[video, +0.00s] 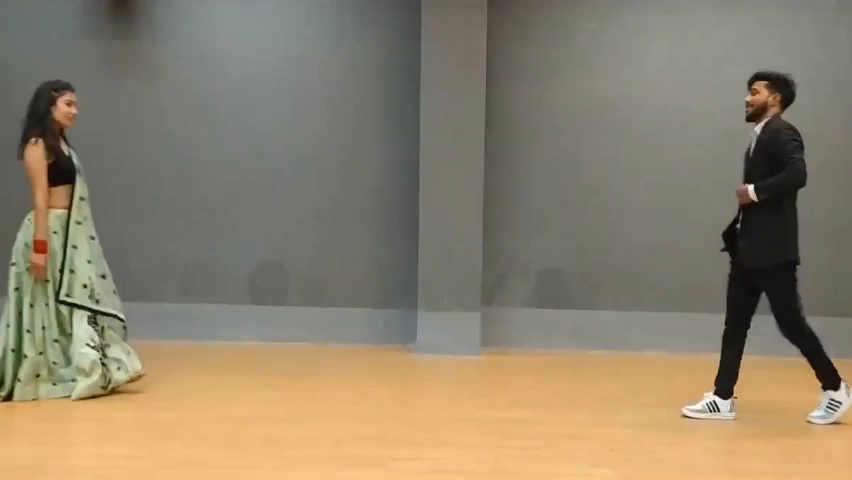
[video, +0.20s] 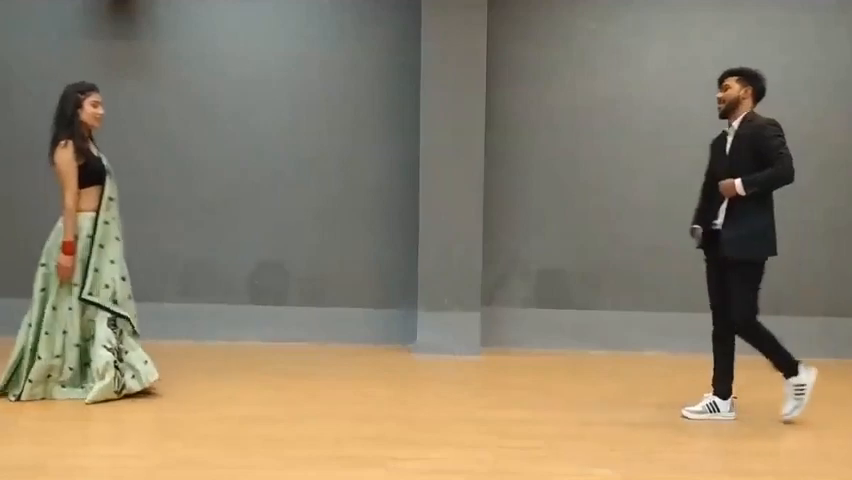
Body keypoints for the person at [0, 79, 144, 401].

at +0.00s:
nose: (74, 110)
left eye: (75, 105)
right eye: (68, 104)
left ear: (64, 109)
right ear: (49, 106)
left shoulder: (63, 144)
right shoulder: (37, 145)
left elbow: (68, 197)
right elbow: (40, 198)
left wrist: (77, 239)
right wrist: (40, 246)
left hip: (71, 235)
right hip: (50, 234)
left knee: (76, 302)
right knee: (49, 306)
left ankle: (79, 368)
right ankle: (47, 372)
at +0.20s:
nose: (101, 111)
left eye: (101, 105)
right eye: (94, 105)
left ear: (87, 111)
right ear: (76, 108)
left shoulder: (90, 146)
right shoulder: (67, 148)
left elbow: (89, 200)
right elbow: (70, 201)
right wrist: (68, 248)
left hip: (100, 237)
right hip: (81, 237)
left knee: (101, 304)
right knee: (77, 306)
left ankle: (101, 372)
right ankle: (73, 373)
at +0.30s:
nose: (117, 110)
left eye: (117, 104)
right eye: (111, 104)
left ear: (109, 110)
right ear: (93, 107)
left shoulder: (107, 145)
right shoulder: (85, 147)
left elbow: (107, 196)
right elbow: (89, 199)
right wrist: (90, 247)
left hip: (120, 233)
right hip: (101, 233)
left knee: (122, 303)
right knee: (96, 305)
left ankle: (118, 374)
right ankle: (84, 374)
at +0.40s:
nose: (133, 109)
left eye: (133, 103)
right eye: (127, 103)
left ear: (124, 109)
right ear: (109, 107)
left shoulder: (123, 143)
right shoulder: (100, 145)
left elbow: (126, 195)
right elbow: (106, 196)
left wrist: (138, 240)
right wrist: (109, 244)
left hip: (136, 232)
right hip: (117, 233)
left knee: (140, 305)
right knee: (113, 307)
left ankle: (129, 377)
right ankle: (68, 373)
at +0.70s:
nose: (175, 114)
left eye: (175, 108)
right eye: (169, 108)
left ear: (163, 113)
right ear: (152, 111)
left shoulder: (163, 147)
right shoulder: (144, 149)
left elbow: (165, 200)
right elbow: (148, 201)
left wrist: (179, 243)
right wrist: (151, 247)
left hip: (175, 234)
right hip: (158, 235)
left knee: (175, 306)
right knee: (156, 307)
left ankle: (177, 376)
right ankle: (156, 377)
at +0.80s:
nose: (190, 117)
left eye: (190, 111)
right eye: (184, 111)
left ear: (181, 115)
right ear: (167, 113)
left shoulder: (179, 150)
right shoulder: (159, 152)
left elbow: (181, 202)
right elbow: (162, 203)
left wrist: (197, 243)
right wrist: (164, 250)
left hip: (191, 235)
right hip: (175, 235)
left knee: (191, 307)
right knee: (174, 308)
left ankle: (192, 376)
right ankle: (173, 377)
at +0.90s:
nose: (204, 117)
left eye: (205, 111)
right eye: (199, 111)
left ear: (196, 114)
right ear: (182, 113)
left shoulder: (192, 150)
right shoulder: (175, 151)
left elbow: (195, 202)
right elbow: (177, 201)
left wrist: (209, 243)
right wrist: (178, 248)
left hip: (205, 234)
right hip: (190, 234)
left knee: (205, 305)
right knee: (191, 307)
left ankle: (207, 375)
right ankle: (192, 376)